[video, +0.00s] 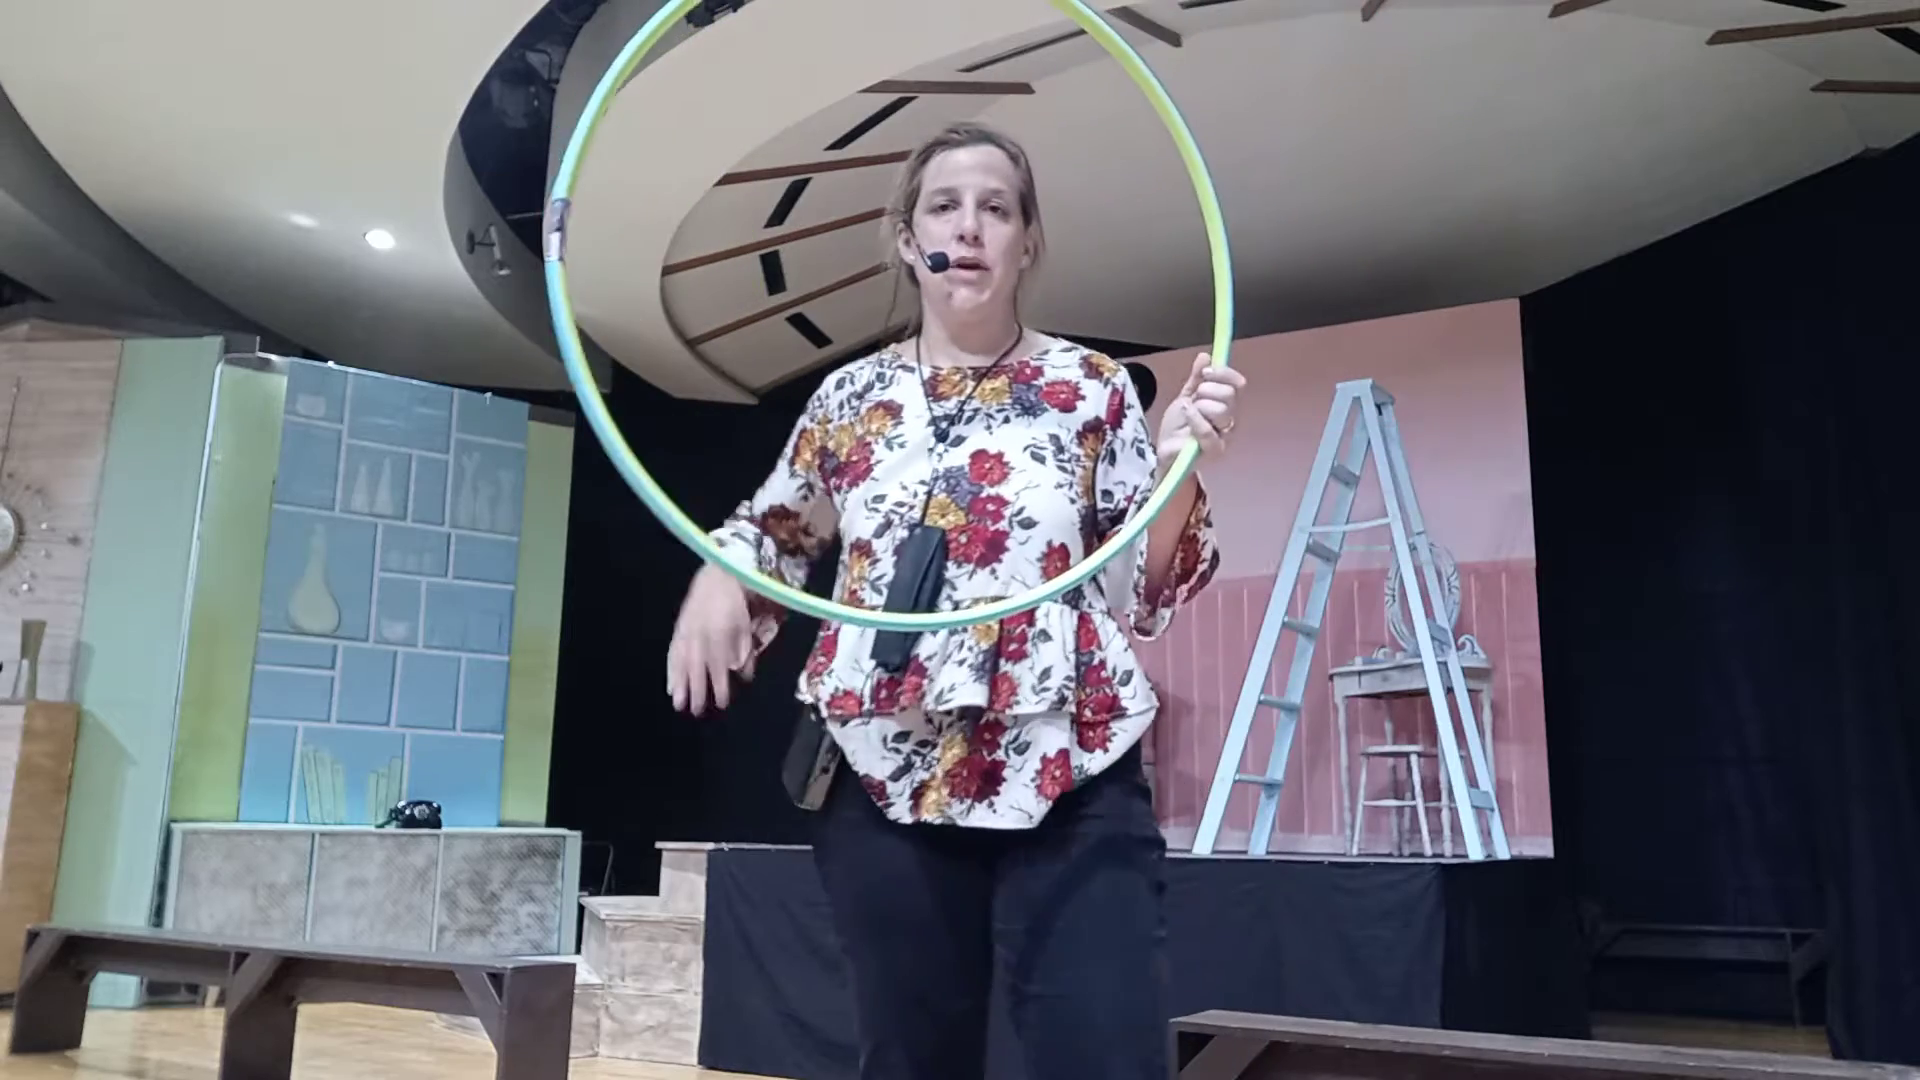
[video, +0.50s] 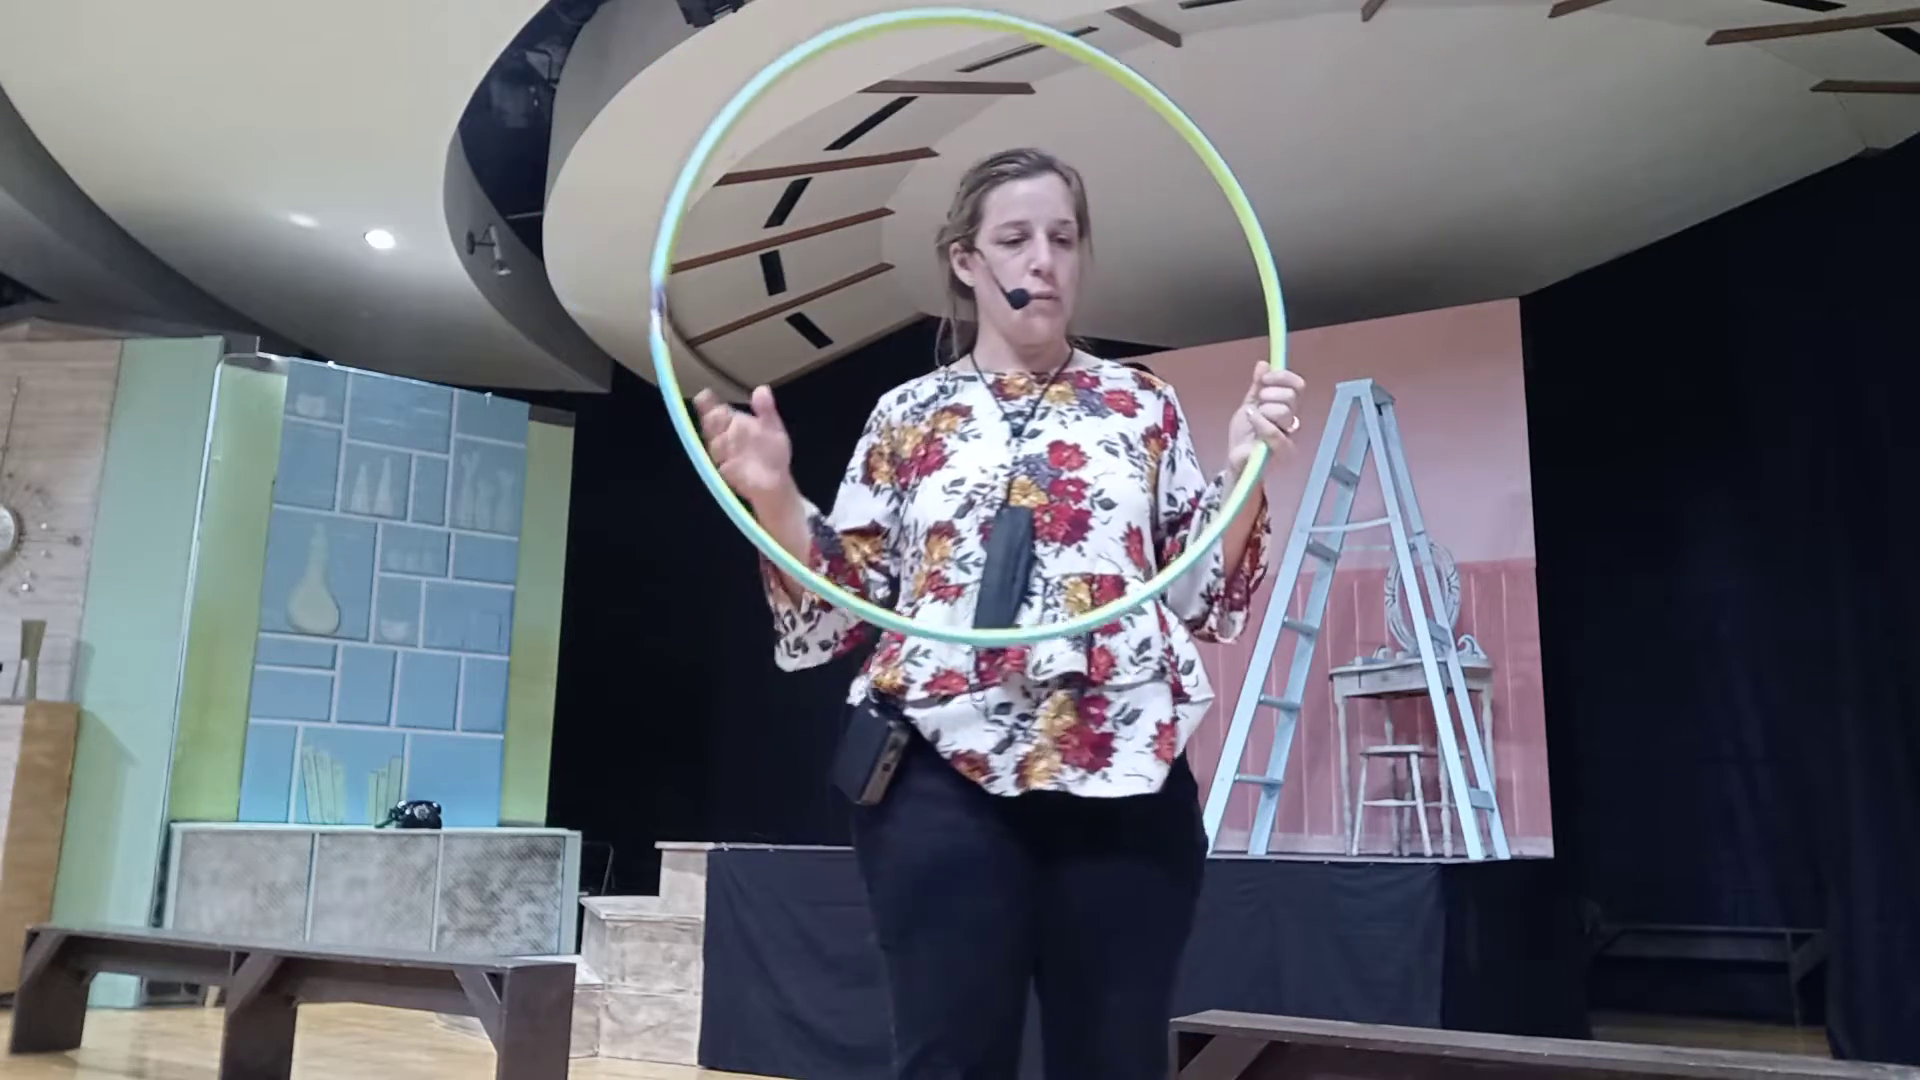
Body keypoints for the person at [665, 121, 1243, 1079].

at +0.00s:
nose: (966, 226)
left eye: (994, 209)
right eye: (942, 206)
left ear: (1029, 244)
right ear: (907, 241)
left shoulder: (1093, 390)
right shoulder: (849, 397)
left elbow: (1145, 592)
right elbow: (776, 533)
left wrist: (1177, 460)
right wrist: (721, 571)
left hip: (1072, 793)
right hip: (890, 798)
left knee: (1101, 1061)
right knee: (911, 1062)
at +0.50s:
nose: (1041, 260)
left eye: (1062, 239)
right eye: (1014, 237)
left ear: (1085, 264)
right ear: (966, 263)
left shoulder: (1143, 406)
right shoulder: (906, 416)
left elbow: (1205, 602)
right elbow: (838, 616)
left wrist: (1243, 468)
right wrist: (778, 499)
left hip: (1126, 801)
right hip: (946, 794)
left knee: (1114, 1063)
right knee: (950, 1060)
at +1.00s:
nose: (1074, 261)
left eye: (1095, 242)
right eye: (1048, 239)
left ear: (1117, 267)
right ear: (998, 260)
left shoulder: (1165, 414)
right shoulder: (927, 406)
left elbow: (1210, 607)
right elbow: (853, 625)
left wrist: (1255, 483)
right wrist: (824, 500)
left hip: (1132, 801)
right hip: (958, 795)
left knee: (1120, 1064)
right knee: (959, 1060)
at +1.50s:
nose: (1053, 249)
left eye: (1074, 230)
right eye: (1027, 230)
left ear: (1103, 261)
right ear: (985, 263)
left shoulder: (1166, 402)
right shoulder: (926, 405)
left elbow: (1220, 594)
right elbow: (850, 597)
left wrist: (1261, 466)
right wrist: (781, 471)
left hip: (1132, 800)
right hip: (956, 792)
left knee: (1117, 1063)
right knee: (956, 1061)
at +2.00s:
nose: (1022, 254)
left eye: (1050, 232)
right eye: (1002, 236)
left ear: (1096, 259)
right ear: (979, 265)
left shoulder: (1164, 403)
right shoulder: (927, 403)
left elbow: (1221, 601)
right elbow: (851, 578)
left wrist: (1276, 481)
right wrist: (766, 454)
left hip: (1131, 797)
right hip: (956, 787)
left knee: (1116, 1063)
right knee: (954, 1060)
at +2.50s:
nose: (1016, 250)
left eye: (1039, 229)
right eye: (990, 233)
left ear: (1076, 254)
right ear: (959, 268)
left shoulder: (1149, 400)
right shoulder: (913, 409)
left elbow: (1203, 603)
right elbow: (850, 603)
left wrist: (1265, 506)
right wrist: (755, 495)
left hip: (1116, 797)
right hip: (937, 793)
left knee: (1106, 1063)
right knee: (941, 1061)